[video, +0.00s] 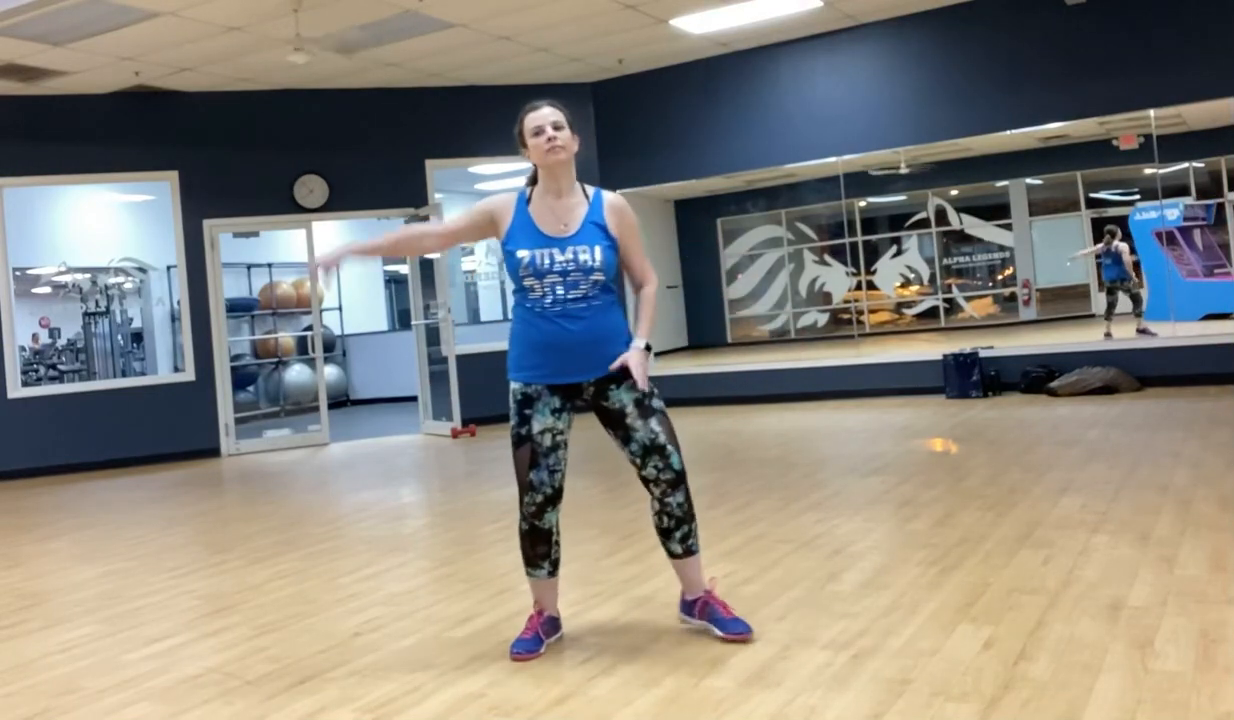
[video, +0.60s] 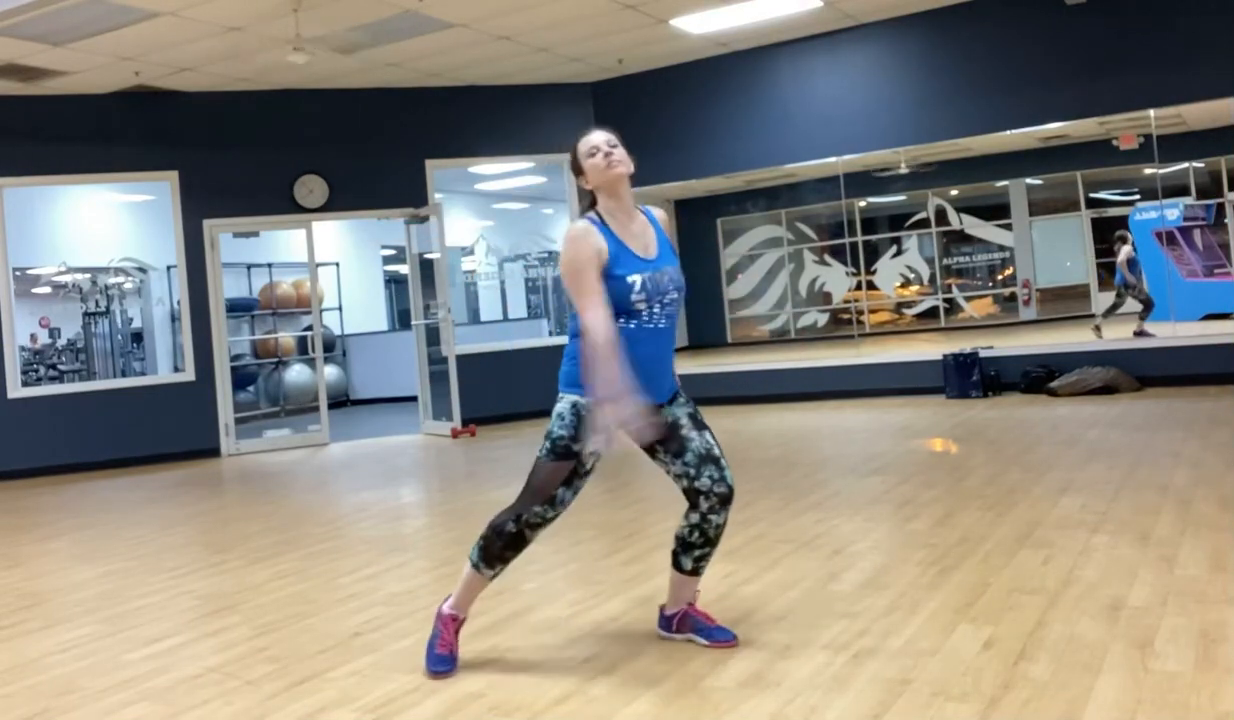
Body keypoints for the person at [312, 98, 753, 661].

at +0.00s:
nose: (551, 135)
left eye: (557, 126)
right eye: (539, 132)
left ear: (574, 138)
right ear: (525, 150)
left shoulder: (610, 207)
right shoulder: (505, 209)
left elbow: (645, 281)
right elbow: (429, 236)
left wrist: (640, 344)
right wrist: (348, 250)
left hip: (611, 369)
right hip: (537, 377)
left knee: (667, 468)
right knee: (538, 494)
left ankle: (697, 594)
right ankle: (544, 614)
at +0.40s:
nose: (594, 139)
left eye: (599, 131)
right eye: (580, 139)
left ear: (619, 146)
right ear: (571, 165)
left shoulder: (657, 205)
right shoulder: (560, 220)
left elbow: (680, 269)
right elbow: (486, 261)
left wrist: (675, 328)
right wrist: (422, 280)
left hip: (653, 379)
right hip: (583, 383)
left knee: (699, 482)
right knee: (544, 496)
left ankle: (679, 608)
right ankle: (486, 600)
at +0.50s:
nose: (609, 148)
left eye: (614, 141)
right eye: (595, 149)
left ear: (632, 157)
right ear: (584, 175)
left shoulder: (661, 216)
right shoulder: (579, 235)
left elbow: (659, 299)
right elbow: (556, 330)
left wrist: (659, 364)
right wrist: (519, 403)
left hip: (656, 389)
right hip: (591, 394)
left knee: (711, 489)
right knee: (539, 508)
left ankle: (679, 610)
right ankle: (458, 613)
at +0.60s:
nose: (610, 153)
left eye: (614, 145)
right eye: (595, 153)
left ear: (631, 161)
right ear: (584, 179)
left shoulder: (659, 220)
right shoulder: (583, 238)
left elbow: (659, 304)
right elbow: (597, 327)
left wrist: (665, 375)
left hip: (657, 385)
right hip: (593, 389)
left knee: (714, 491)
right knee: (535, 510)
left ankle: (678, 610)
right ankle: (453, 613)